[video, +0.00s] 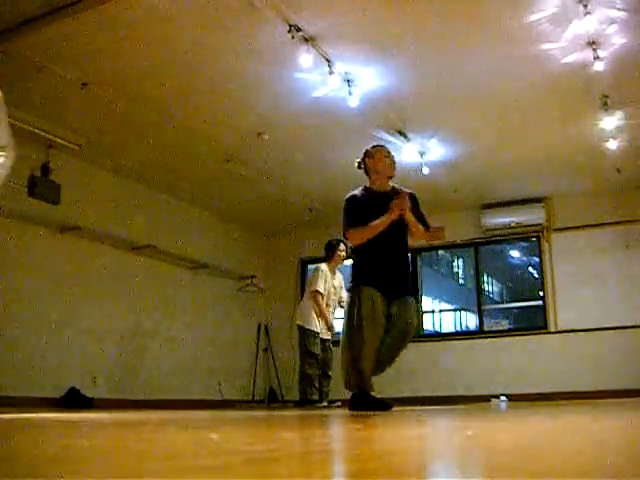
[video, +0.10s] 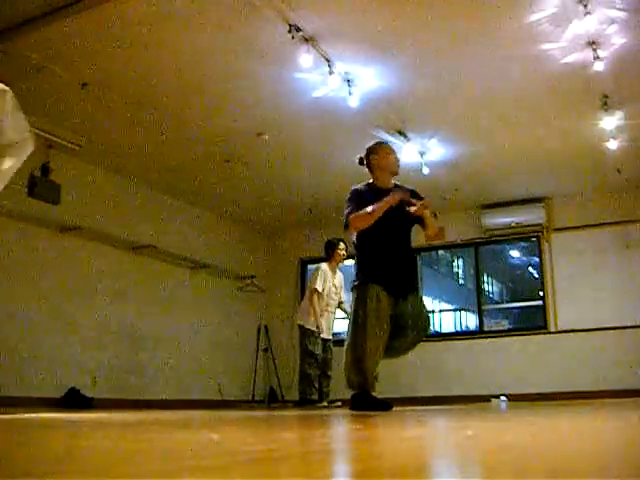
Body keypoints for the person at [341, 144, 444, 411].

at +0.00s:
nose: (388, 161)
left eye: (389, 157)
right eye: (381, 157)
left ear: (393, 165)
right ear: (367, 165)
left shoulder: (405, 197)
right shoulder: (356, 200)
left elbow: (424, 235)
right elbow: (352, 238)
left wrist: (408, 216)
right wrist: (389, 216)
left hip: (399, 275)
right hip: (368, 275)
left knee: (404, 327)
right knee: (367, 330)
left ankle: (363, 375)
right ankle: (361, 392)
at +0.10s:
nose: (397, 158)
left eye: (395, 153)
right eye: (390, 153)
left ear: (391, 162)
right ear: (374, 161)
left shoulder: (407, 194)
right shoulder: (359, 195)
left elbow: (433, 234)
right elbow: (354, 224)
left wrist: (426, 216)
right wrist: (390, 200)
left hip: (403, 273)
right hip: (373, 273)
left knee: (414, 329)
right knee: (370, 332)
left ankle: (364, 353)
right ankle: (362, 392)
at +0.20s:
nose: (403, 159)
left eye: (402, 153)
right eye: (397, 154)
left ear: (399, 158)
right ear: (382, 160)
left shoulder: (410, 192)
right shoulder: (371, 187)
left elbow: (429, 223)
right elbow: (379, 213)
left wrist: (438, 202)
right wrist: (402, 184)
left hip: (405, 267)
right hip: (376, 267)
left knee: (428, 318)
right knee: (373, 328)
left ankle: (391, 340)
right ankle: (362, 389)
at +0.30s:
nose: (413, 155)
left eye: (411, 150)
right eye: (408, 150)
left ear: (399, 155)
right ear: (394, 155)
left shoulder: (404, 188)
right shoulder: (385, 184)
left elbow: (425, 224)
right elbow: (413, 215)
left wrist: (439, 194)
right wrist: (424, 181)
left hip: (406, 269)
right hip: (382, 269)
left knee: (432, 320)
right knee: (377, 330)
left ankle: (412, 365)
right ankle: (363, 389)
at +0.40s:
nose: (421, 163)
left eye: (419, 158)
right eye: (415, 158)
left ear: (405, 164)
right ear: (402, 164)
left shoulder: (405, 193)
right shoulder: (401, 192)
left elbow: (428, 233)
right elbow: (428, 228)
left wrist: (433, 216)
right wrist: (437, 205)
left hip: (409, 281)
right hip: (388, 280)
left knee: (428, 333)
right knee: (377, 336)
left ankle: (429, 389)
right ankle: (363, 392)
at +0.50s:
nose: (431, 170)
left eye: (429, 164)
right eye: (427, 164)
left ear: (415, 168)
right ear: (416, 168)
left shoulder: (410, 201)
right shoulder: (410, 200)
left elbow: (422, 235)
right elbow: (426, 235)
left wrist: (439, 226)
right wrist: (445, 225)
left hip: (413, 286)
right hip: (403, 284)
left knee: (437, 347)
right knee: (406, 323)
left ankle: (429, 394)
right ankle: (366, 381)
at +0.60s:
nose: (438, 170)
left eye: (436, 166)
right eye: (433, 166)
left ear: (422, 172)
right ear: (422, 171)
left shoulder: (419, 198)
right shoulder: (416, 197)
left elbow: (416, 234)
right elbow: (436, 203)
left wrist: (435, 235)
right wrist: (452, 201)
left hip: (420, 272)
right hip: (412, 270)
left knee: (435, 335)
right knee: (434, 309)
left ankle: (431, 391)